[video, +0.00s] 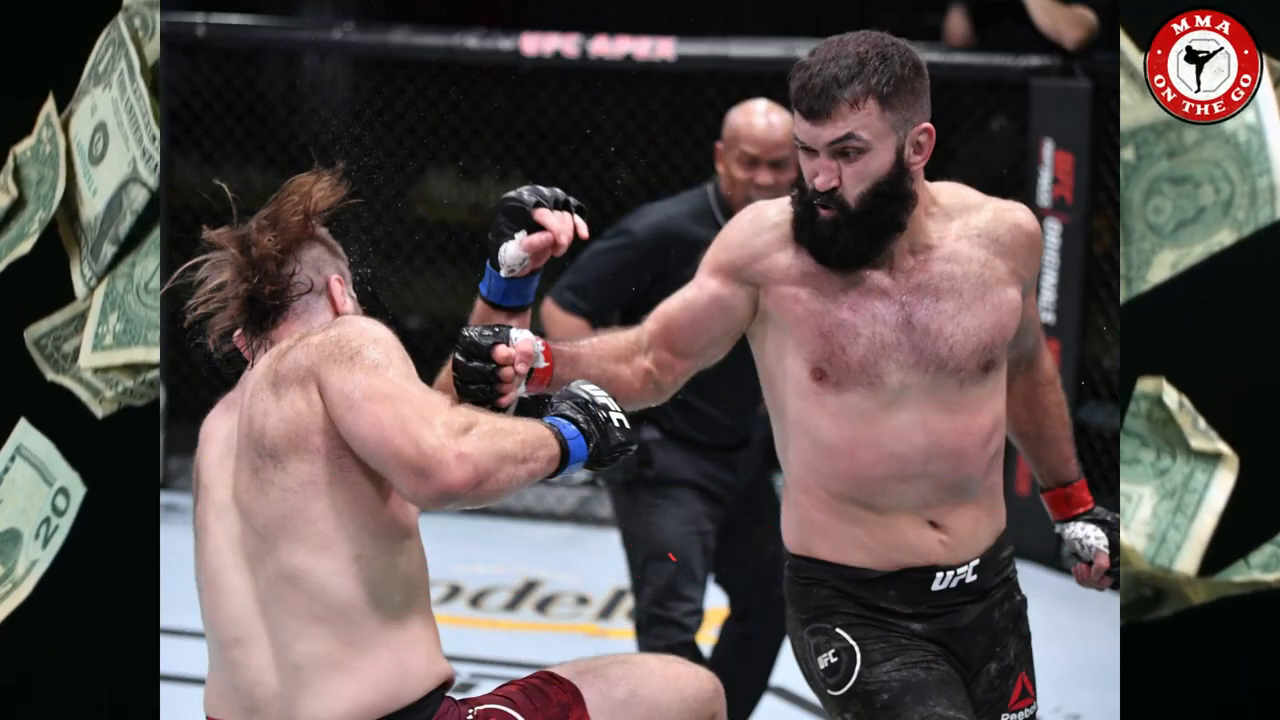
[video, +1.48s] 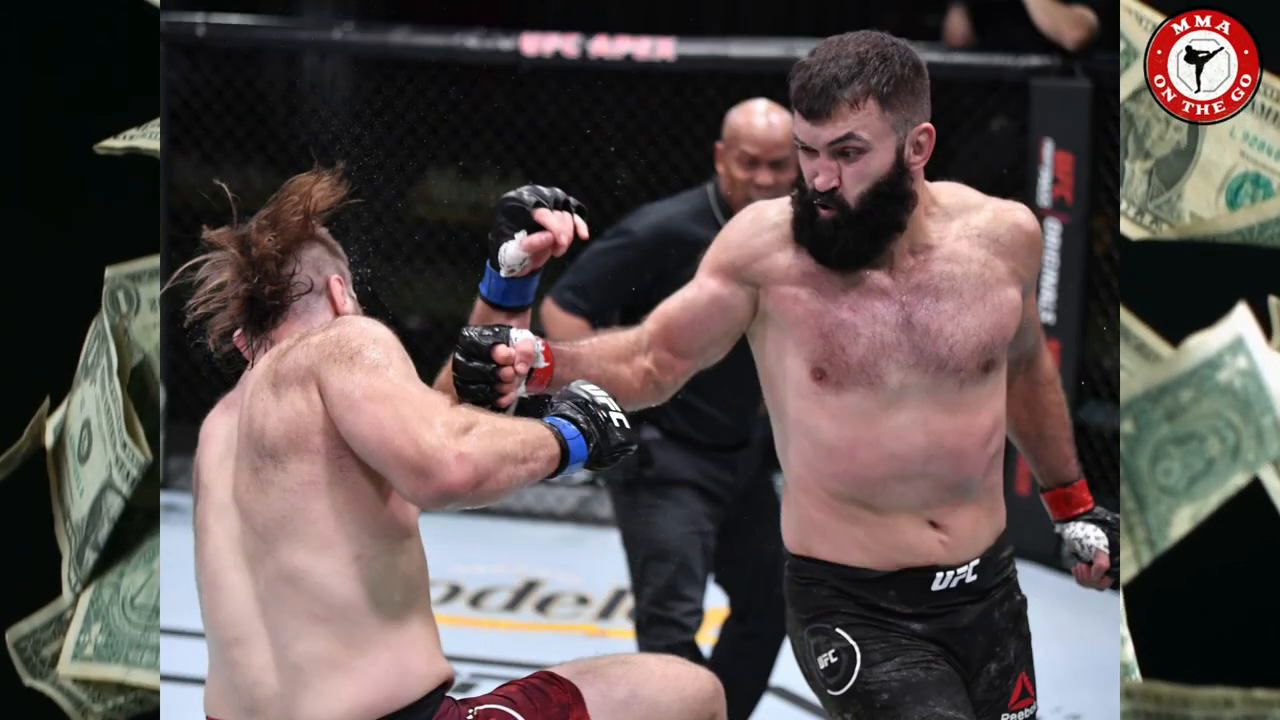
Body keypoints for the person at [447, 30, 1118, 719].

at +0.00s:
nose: (817, 177)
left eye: (845, 152)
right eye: (805, 151)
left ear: (918, 144)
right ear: (790, 140)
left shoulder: (1005, 235)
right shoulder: (758, 243)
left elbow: (1028, 367)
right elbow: (651, 361)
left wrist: (1075, 506)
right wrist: (538, 368)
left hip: (983, 594)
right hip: (845, 607)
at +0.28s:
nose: (817, 177)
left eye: (845, 152)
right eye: (805, 151)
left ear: (918, 144)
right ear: (790, 140)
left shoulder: (1005, 235)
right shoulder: (758, 243)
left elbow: (1028, 367)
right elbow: (651, 361)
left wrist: (1075, 507)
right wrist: (537, 368)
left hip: (983, 594)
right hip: (845, 607)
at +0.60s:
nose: (817, 177)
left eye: (845, 152)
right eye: (805, 151)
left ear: (918, 144)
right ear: (791, 140)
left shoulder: (1006, 235)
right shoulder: (758, 243)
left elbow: (1028, 367)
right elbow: (650, 361)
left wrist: (1076, 507)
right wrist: (538, 368)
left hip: (982, 595)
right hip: (845, 607)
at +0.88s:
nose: (818, 177)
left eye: (845, 151)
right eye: (805, 151)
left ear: (918, 143)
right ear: (790, 140)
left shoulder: (1006, 235)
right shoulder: (758, 243)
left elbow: (1028, 366)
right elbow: (650, 360)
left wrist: (1074, 506)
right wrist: (539, 368)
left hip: (982, 595)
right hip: (845, 607)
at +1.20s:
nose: (817, 177)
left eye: (845, 152)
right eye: (805, 151)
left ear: (918, 144)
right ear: (790, 140)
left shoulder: (1005, 235)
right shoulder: (758, 243)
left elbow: (1028, 367)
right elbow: (651, 361)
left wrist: (1076, 507)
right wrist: (538, 368)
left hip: (983, 594)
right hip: (845, 607)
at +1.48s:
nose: (817, 177)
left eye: (845, 152)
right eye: (805, 151)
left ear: (918, 144)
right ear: (791, 140)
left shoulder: (1006, 235)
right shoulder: (758, 243)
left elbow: (1028, 367)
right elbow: (650, 361)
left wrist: (1075, 507)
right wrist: (538, 368)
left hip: (982, 595)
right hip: (845, 607)